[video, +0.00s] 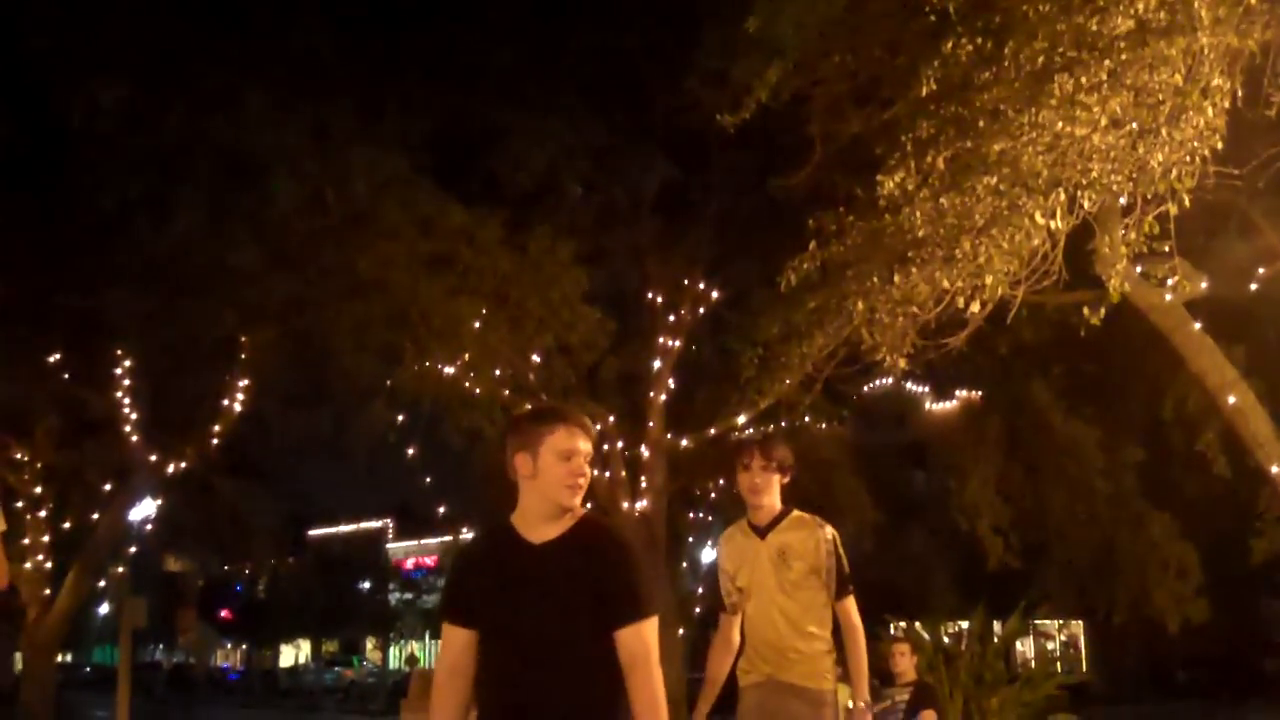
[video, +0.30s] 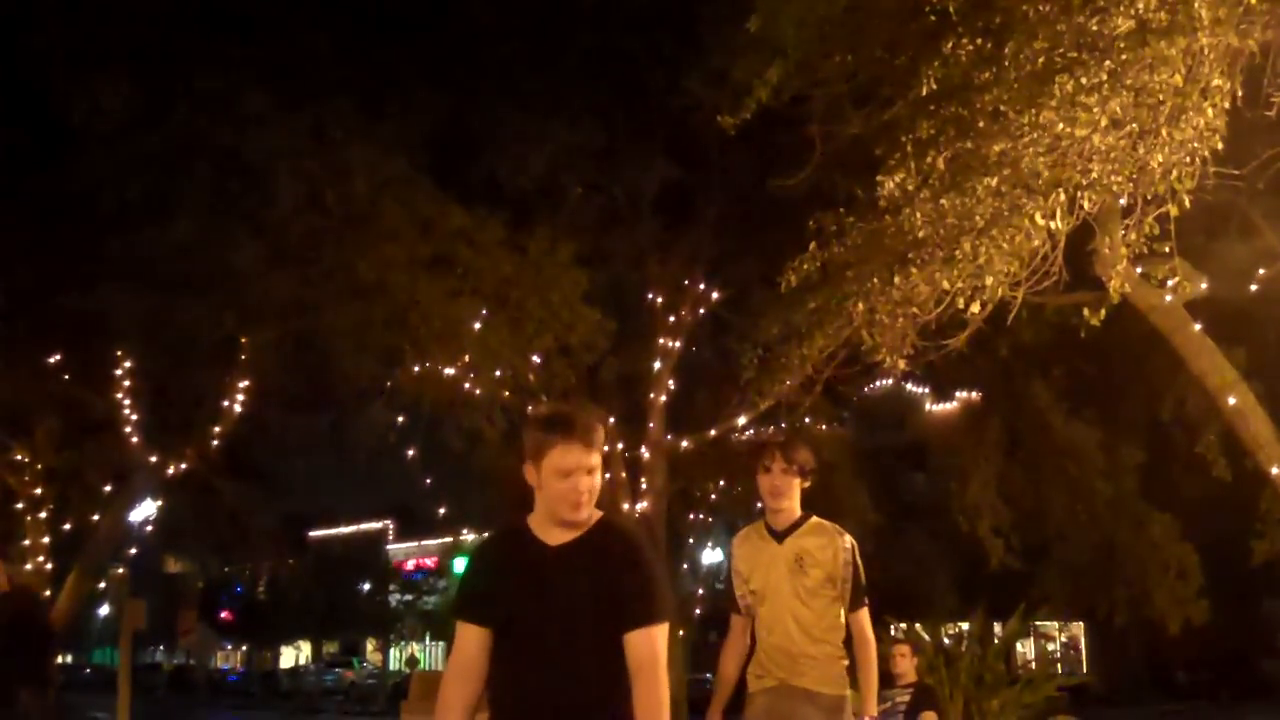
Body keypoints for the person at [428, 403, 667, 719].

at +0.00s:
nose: (583, 471)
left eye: (587, 460)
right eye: (566, 458)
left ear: (593, 467)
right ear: (523, 465)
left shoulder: (610, 551)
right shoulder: (478, 559)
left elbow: (641, 667)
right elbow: (453, 673)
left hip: (598, 711)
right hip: (504, 711)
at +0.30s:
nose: (583, 486)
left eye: (591, 471)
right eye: (566, 474)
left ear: (602, 469)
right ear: (532, 474)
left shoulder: (626, 551)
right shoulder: (495, 557)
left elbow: (648, 674)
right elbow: (464, 671)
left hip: (606, 711)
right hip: (515, 710)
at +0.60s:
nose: (559, 508)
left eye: (571, 493)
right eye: (544, 495)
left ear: (594, 475)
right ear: (523, 484)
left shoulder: (627, 553)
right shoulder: (502, 556)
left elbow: (639, 677)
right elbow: (470, 666)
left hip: (600, 711)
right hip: (519, 711)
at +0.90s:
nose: (595, 490)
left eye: (601, 476)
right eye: (578, 479)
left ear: (608, 473)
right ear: (537, 480)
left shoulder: (625, 554)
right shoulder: (501, 557)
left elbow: (640, 679)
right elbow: (472, 670)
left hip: (601, 711)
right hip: (519, 711)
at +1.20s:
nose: (599, 486)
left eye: (604, 472)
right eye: (582, 474)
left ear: (611, 472)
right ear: (541, 477)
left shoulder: (626, 552)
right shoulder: (503, 555)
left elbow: (642, 681)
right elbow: (475, 671)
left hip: (602, 711)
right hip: (519, 711)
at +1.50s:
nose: (597, 486)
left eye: (602, 472)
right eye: (579, 474)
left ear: (610, 472)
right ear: (539, 477)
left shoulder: (625, 552)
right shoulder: (504, 555)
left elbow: (642, 679)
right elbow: (478, 671)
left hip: (603, 710)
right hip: (520, 711)